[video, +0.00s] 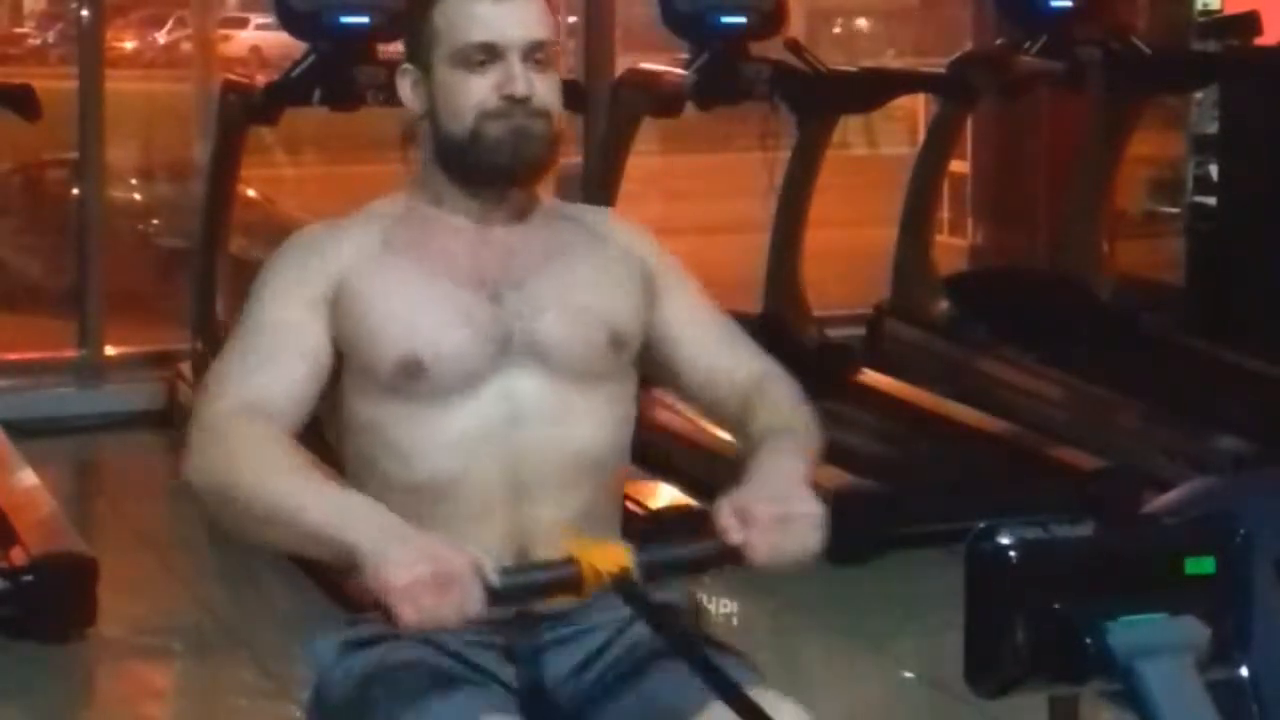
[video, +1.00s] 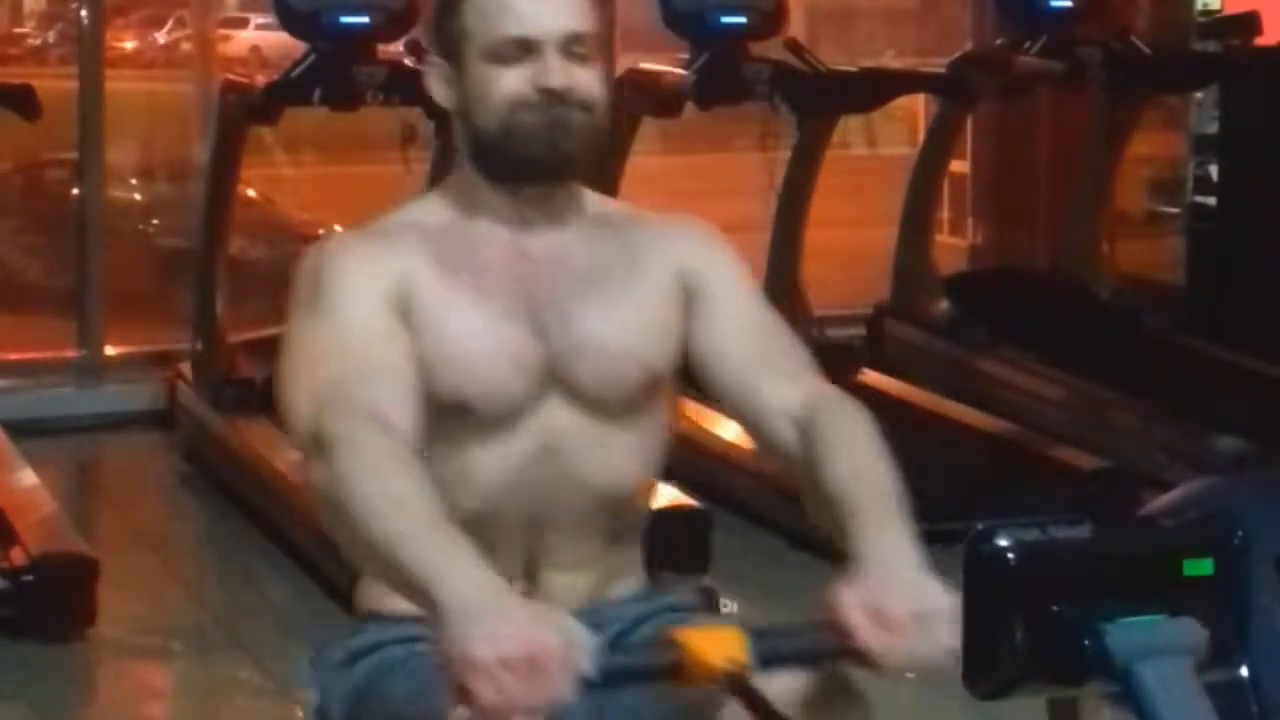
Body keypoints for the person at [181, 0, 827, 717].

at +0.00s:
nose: (518, 85)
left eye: (538, 61)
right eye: (479, 61)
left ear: (561, 83)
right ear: (413, 89)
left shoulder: (619, 252)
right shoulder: (329, 261)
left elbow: (760, 391)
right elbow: (226, 446)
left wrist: (779, 470)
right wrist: (385, 543)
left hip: (610, 620)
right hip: (421, 637)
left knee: (768, 713)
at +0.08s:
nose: (535, 87)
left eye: (556, 61)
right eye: (495, 62)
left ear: (579, 81)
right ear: (427, 88)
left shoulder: (638, 258)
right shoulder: (340, 267)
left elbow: (788, 391)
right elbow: (251, 446)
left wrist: (811, 487)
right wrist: (404, 554)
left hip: (618, 630)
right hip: (424, 639)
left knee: (789, 715)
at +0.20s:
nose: (588, 97)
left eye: (609, 68)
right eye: (545, 70)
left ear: (636, 90)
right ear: (474, 99)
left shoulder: (701, 278)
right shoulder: (382, 287)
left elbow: (853, 417)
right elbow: (336, 473)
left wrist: (909, 554)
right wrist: (480, 625)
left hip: (646, 645)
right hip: (434, 653)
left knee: (855, 681)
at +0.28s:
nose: (599, 100)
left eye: (621, 72)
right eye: (557, 73)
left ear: (648, 94)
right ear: (485, 104)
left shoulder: (717, 284)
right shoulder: (389, 293)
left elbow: (869, 425)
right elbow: (355, 481)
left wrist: (929, 576)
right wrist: (494, 641)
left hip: (651, 644)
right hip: (440, 654)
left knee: (843, 693)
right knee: (498, 709)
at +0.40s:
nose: (664, 132)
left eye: (686, 103)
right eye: (617, 105)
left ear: (711, 126)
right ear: (536, 140)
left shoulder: (783, 324)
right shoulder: (435, 338)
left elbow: (931, 483)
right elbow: (458, 537)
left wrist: (1043, 668)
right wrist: (581, 716)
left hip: (667, 662)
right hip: (471, 671)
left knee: (852, 677)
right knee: (489, 710)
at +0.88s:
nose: (623, 113)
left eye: (649, 82)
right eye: (579, 83)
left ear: (677, 103)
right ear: (503, 111)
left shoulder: (746, 297)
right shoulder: (412, 301)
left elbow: (892, 470)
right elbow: (433, 505)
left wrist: (992, 647)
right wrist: (564, 689)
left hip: (656, 645)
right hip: (454, 650)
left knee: (845, 681)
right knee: (508, 711)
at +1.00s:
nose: (556, 80)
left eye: (578, 53)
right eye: (514, 55)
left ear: (606, 77)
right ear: (441, 81)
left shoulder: (677, 254)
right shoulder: (365, 266)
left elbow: (811, 410)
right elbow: (356, 446)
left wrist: (888, 558)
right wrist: (475, 600)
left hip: (627, 626)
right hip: (420, 633)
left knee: (842, 680)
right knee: (467, 702)